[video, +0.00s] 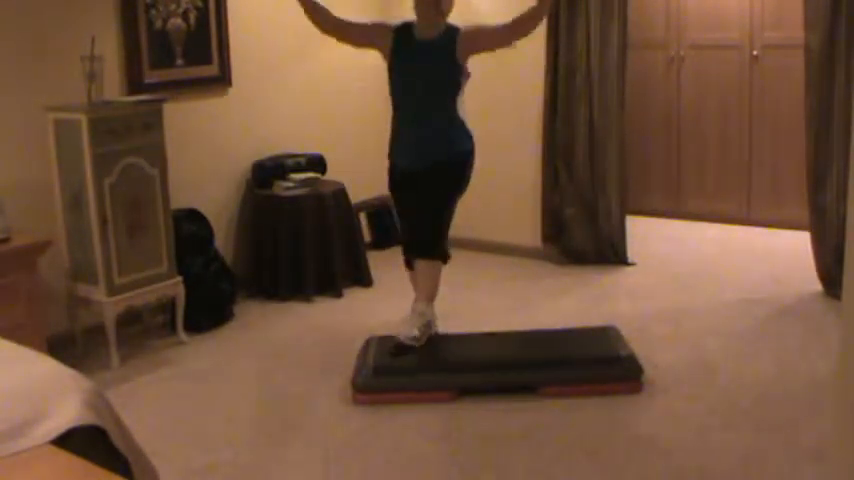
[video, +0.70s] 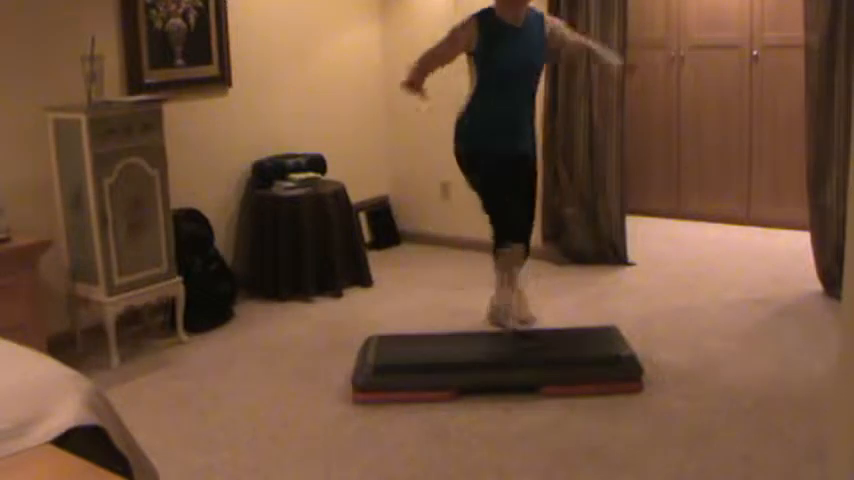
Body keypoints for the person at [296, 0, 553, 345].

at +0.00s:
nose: (434, 6)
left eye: (440, 1)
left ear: (449, 5)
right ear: (416, 3)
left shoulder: (461, 40)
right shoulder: (390, 37)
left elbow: (512, 31)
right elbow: (332, 25)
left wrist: (546, 5)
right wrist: (304, 0)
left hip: (450, 148)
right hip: (405, 150)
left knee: (430, 227)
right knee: (412, 233)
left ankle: (421, 315)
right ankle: (424, 312)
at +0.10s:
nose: (438, 12)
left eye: (441, 5)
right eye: (433, 6)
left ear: (450, 11)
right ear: (420, 11)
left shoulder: (464, 47)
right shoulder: (396, 47)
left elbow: (522, 45)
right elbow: (341, 50)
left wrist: (544, 22)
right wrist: (326, 26)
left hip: (455, 153)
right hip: (410, 155)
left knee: (443, 219)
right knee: (414, 232)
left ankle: (436, 304)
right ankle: (422, 305)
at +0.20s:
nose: (454, 5)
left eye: (457, 0)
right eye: (447, 0)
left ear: (462, 4)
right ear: (430, 3)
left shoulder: (474, 37)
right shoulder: (408, 37)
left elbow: (519, 52)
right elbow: (364, 54)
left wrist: (553, 54)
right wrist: (337, 65)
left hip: (465, 144)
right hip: (419, 146)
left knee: (469, 219)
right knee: (421, 228)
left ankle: (465, 296)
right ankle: (419, 305)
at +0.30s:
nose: (470, 5)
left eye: (474, 1)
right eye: (463, 0)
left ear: (478, 3)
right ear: (446, 1)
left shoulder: (490, 35)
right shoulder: (421, 33)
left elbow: (520, 64)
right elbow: (372, 63)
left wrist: (541, 98)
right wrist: (356, 104)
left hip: (475, 141)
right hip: (429, 143)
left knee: (490, 222)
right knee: (425, 226)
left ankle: (492, 295)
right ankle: (419, 305)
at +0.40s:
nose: (492, 8)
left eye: (494, 3)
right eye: (484, 2)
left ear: (496, 8)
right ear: (463, 5)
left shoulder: (501, 41)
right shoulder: (437, 41)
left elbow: (512, 81)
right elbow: (399, 75)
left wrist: (523, 119)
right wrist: (387, 125)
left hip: (489, 151)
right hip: (444, 152)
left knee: (506, 228)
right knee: (437, 232)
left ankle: (502, 303)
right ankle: (420, 306)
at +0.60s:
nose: (511, 8)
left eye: (516, 3)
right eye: (505, 3)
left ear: (522, 4)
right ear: (490, 2)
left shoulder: (530, 34)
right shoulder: (467, 36)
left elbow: (554, 71)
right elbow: (423, 76)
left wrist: (572, 103)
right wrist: (408, 122)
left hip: (516, 148)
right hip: (474, 147)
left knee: (516, 231)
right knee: (483, 227)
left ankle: (501, 307)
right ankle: (468, 290)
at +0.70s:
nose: (520, 3)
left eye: (524, 1)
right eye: (514, 1)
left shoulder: (545, 26)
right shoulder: (478, 26)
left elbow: (584, 46)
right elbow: (436, 56)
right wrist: (416, 78)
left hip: (521, 135)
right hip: (478, 133)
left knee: (521, 218)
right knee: (506, 214)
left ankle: (502, 301)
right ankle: (515, 297)